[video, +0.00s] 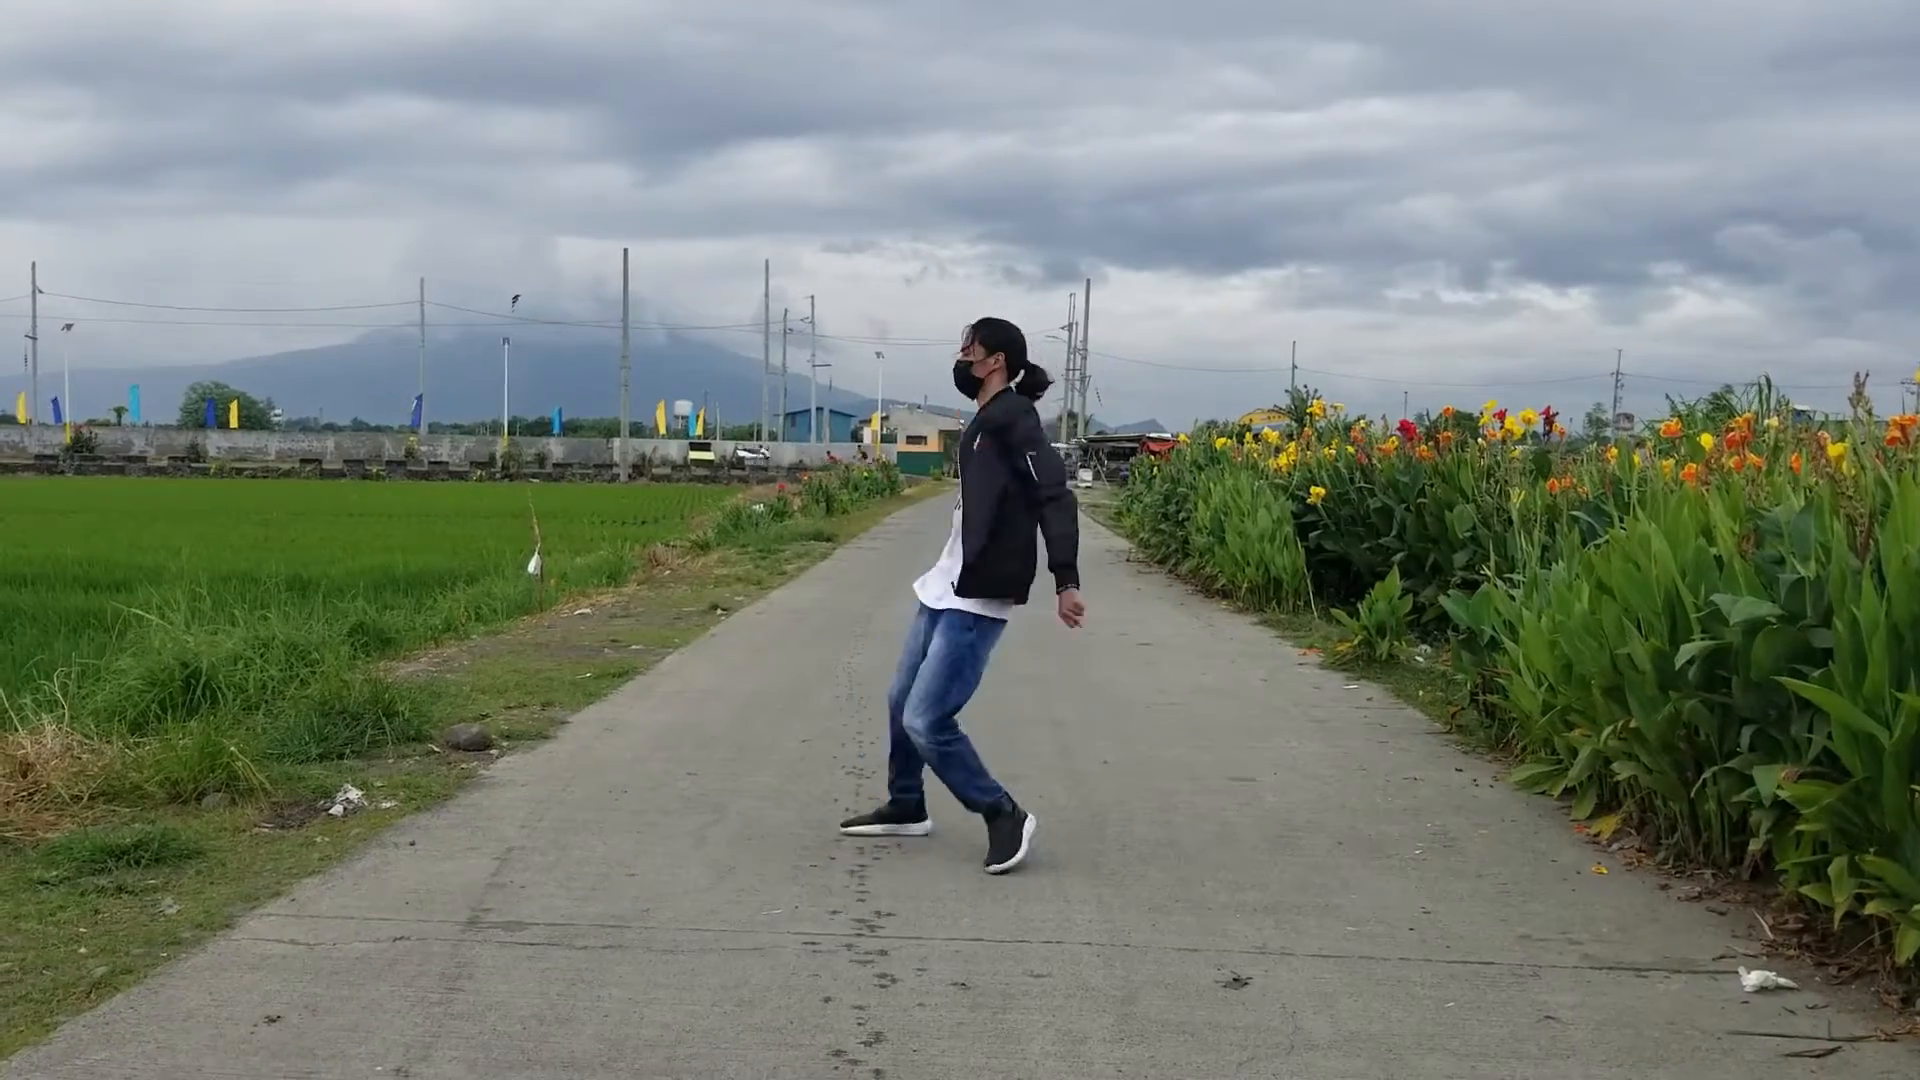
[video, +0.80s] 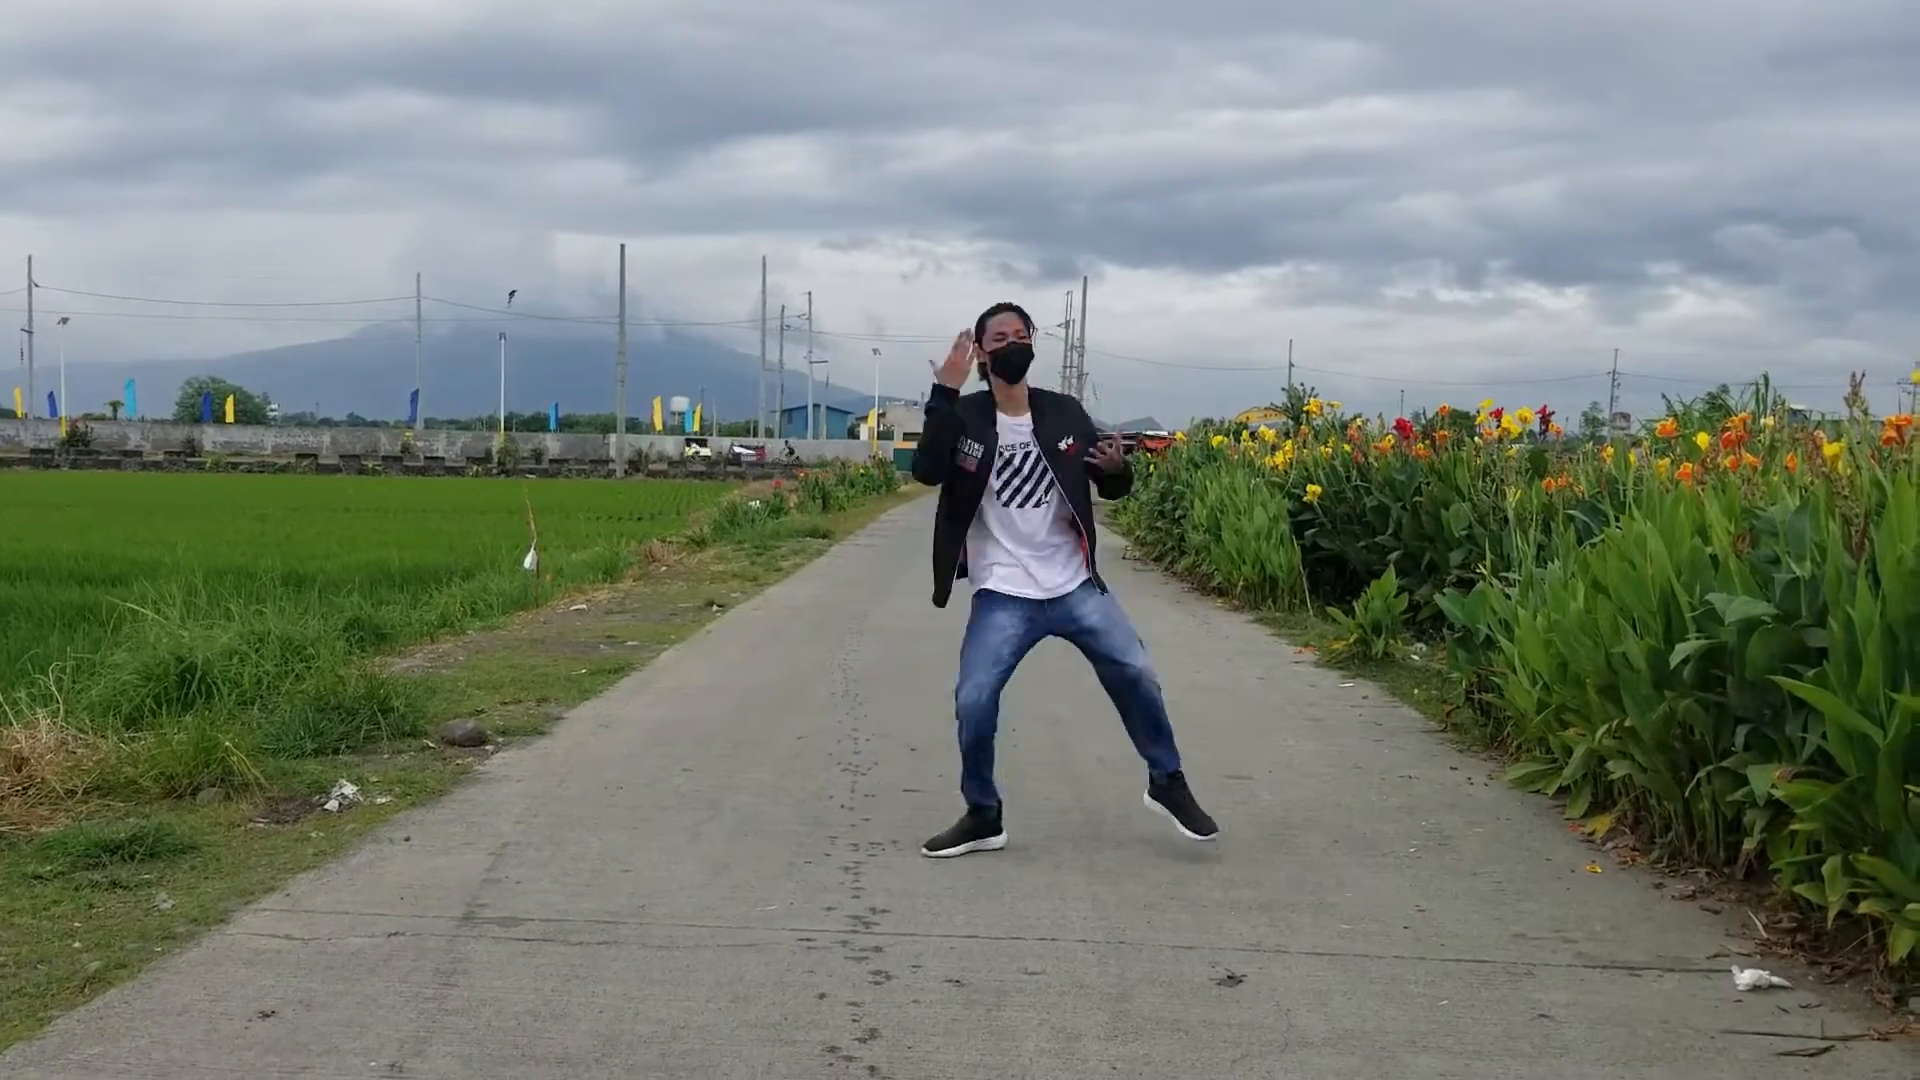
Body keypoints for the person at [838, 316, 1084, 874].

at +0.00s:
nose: (960, 356)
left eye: (969, 348)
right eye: (963, 348)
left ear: (997, 360)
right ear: (994, 361)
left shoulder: (1017, 418)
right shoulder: (984, 418)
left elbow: (1055, 496)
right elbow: (995, 501)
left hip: (982, 596)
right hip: (944, 584)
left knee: (926, 721)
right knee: (901, 701)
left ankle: (1003, 816)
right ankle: (905, 807)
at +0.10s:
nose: (969, 344)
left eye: (979, 337)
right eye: (971, 336)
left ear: (1008, 350)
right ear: (998, 351)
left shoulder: (1020, 410)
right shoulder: (994, 409)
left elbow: (1050, 496)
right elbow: (978, 470)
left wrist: (1048, 585)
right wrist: (964, 422)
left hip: (1004, 596)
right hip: (967, 589)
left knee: (946, 705)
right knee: (908, 683)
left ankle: (1002, 822)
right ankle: (905, 801)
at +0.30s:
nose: (1010, 353)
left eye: (1021, 345)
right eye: (1006, 345)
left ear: (1050, 355)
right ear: (1001, 353)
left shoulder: (1074, 409)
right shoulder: (985, 405)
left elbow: (1034, 458)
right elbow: (966, 491)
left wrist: (960, 419)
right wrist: (1012, 551)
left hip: (1065, 577)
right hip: (1009, 578)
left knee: (1054, 694)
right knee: (987, 703)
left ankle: (1107, 798)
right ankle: (1048, 808)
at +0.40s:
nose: (1018, 357)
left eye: (1028, 349)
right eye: (1015, 349)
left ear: (1059, 355)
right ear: (1015, 355)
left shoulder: (1089, 407)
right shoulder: (997, 423)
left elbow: (1060, 463)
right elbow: (1001, 513)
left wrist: (1005, 409)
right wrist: (1026, 595)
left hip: (1082, 598)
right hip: (1017, 599)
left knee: (1131, 720)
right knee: (990, 707)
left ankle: (1182, 810)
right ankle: (1046, 804)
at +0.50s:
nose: (1014, 361)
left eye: (1023, 352)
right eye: (1012, 353)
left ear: (1056, 356)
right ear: (1021, 361)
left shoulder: (1101, 412)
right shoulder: (1001, 430)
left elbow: (1130, 479)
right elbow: (965, 507)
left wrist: (1047, 475)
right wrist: (988, 538)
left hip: (1100, 603)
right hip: (1029, 600)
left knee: (1141, 712)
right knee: (977, 690)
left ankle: (1181, 810)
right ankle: (1013, 787)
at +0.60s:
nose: (999, 365)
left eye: (1008, 355)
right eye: (996, 357)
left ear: (1041, 357)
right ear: (1003, 362)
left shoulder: (1096, 416)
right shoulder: (988, 431)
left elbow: (1159, 474)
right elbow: (921, 468)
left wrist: (1148, 528)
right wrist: (940, 424)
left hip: (1099, 604)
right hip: (1026, 603)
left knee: (1139, 713)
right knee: (967, 692)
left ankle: (1180, 811)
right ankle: (980, 812)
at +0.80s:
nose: (1012, 342)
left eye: (1021, 334)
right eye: (998, 335)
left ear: (1034, 347)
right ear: (981, 352)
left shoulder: (1065, 411)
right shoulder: (961, 414)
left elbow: (1114, 489)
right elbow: (928, 470)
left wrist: (1117, 471)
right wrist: (947, 387)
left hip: (1075, 586)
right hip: (1002, 591)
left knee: (1136, 672)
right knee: (972, 700)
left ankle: (1168, 782)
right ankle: (983, 813)